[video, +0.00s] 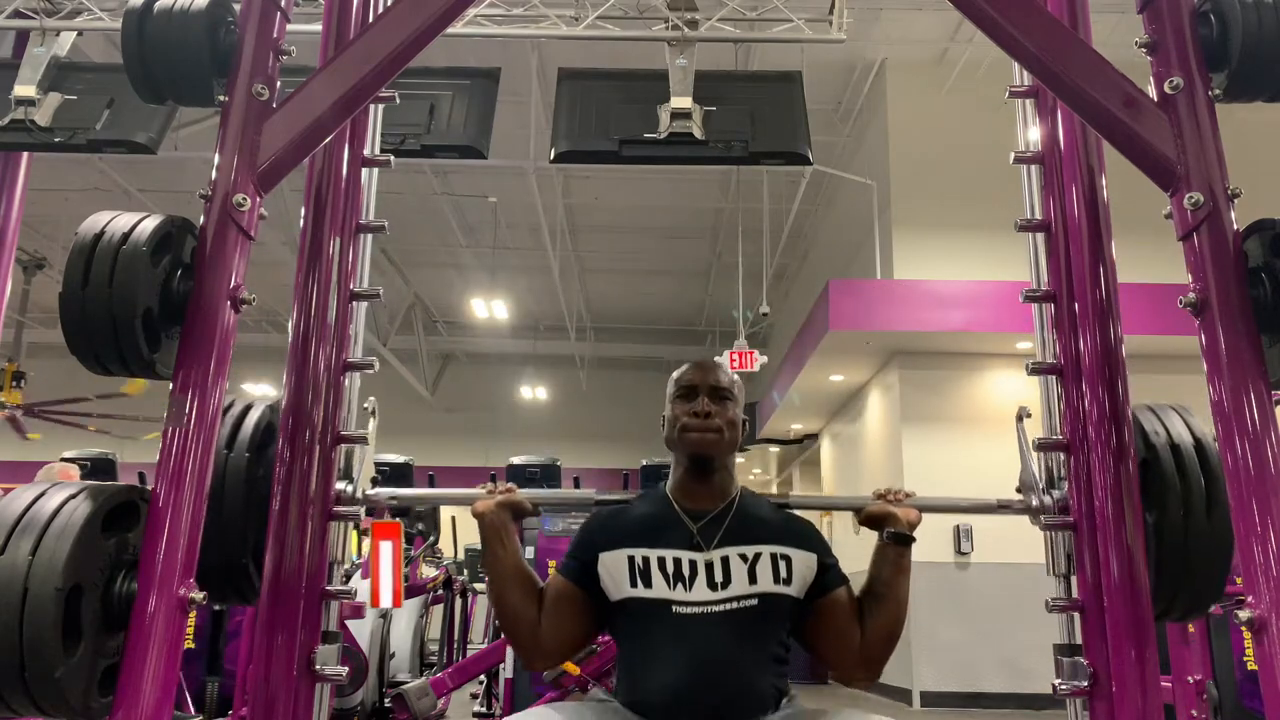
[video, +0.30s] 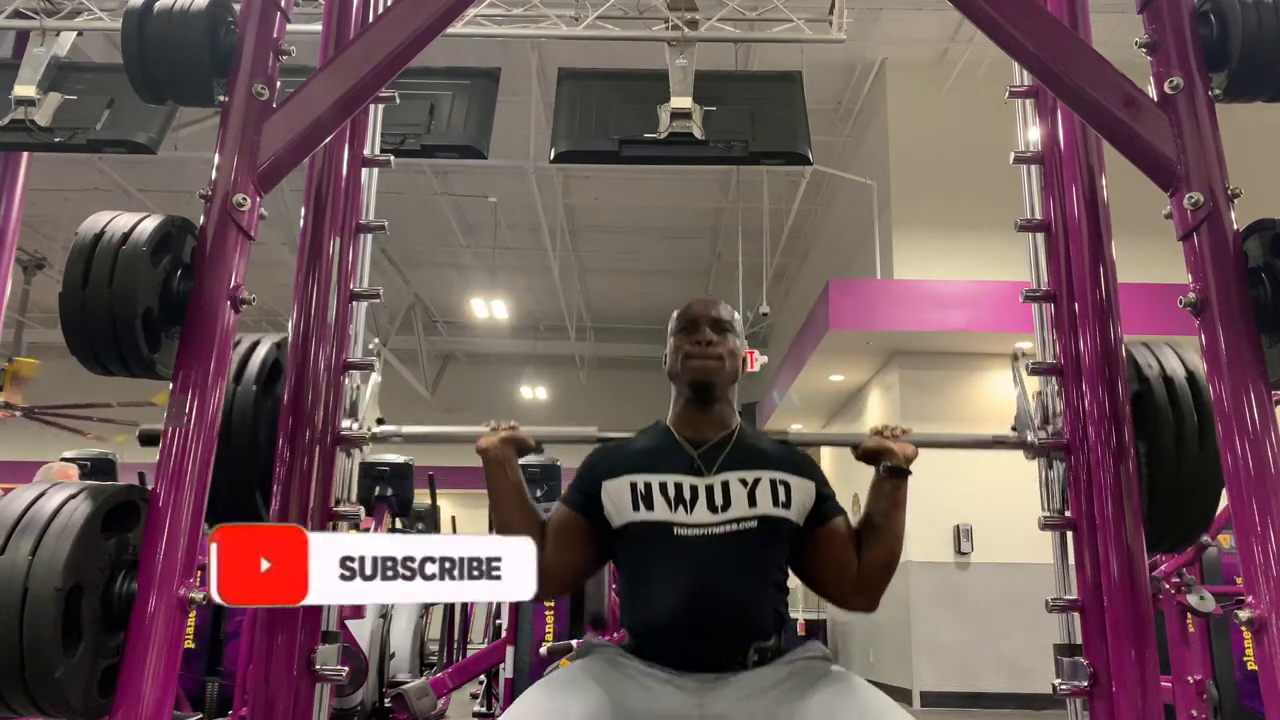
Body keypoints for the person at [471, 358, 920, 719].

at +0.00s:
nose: (703, 407)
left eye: (719, 398)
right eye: (687, 397)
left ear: (742, 426)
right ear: (664, 423)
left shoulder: (792, 536)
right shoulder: (610, 531)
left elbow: (858, 664)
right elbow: (541, 647)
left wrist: (895, 543)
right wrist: (496, 528)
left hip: (762, 713)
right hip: (640, 713)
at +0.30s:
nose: (705, 338)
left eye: (720, 330)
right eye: (688, 330)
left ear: (743, 358)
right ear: (665, 359)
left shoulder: (790, 467)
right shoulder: (612, 465)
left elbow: (859, 590)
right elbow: (546, 576)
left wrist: (893, 476)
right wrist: (500, 467)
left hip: (771, 674)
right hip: (636, 672)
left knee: (887, 715)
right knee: (528, 714)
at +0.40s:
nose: (703, 297)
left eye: (720, 294)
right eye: (688, 293)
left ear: (742, 331)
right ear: (668, 329)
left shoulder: (787, 430)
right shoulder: (615, 429)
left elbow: (859, 550)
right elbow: (544, 532)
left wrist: (889, 443)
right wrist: (502, 430)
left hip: (769, 649)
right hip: (636, 648)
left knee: (887, 715)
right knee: (533, 711)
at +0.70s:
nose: (705, 197)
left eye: (722, 192)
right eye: (691, 190)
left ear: (743, 225)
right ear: (670, 224)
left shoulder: (790, 329)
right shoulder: (618, 326)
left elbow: (857, 444)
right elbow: (546, 432)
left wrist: (887, 343)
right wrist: (506, 326)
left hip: (776, 567)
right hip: (641, 562)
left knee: (840, 708)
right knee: (590, 706)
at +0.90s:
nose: (704, 184)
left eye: (721, 179)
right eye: (691, 177)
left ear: (742, 211)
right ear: (669, 209)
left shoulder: (788, 314)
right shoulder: (618, 312)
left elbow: (855, 427)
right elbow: (548, 416)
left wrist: (885, 325)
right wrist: (508, 313)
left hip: (774, 548)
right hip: (639, 544)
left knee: (818, 710)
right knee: (598, 707)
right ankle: (677, 707)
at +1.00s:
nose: (705, 187)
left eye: (722, 182)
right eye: (691, 179)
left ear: (743, 214)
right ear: (669, 212)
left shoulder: (787, 317)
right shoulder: (617, 316)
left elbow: (853, 432)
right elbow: (548, 420)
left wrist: (885, 330)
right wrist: (508, 316)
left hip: (775, 553)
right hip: (639, 549)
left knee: (820, 710)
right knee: (597, 707)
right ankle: (677, 707)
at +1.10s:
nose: (706, 187)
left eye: (723, 183)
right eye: (692, 180)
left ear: (743, 215)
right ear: (670, 214)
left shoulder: (788, 318)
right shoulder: (619, 316)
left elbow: (852, 433)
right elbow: (549, 421)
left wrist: (885, 331)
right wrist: (508, 315)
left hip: (777, 554)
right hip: (642, 550)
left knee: (824, 710)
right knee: (597, 708)